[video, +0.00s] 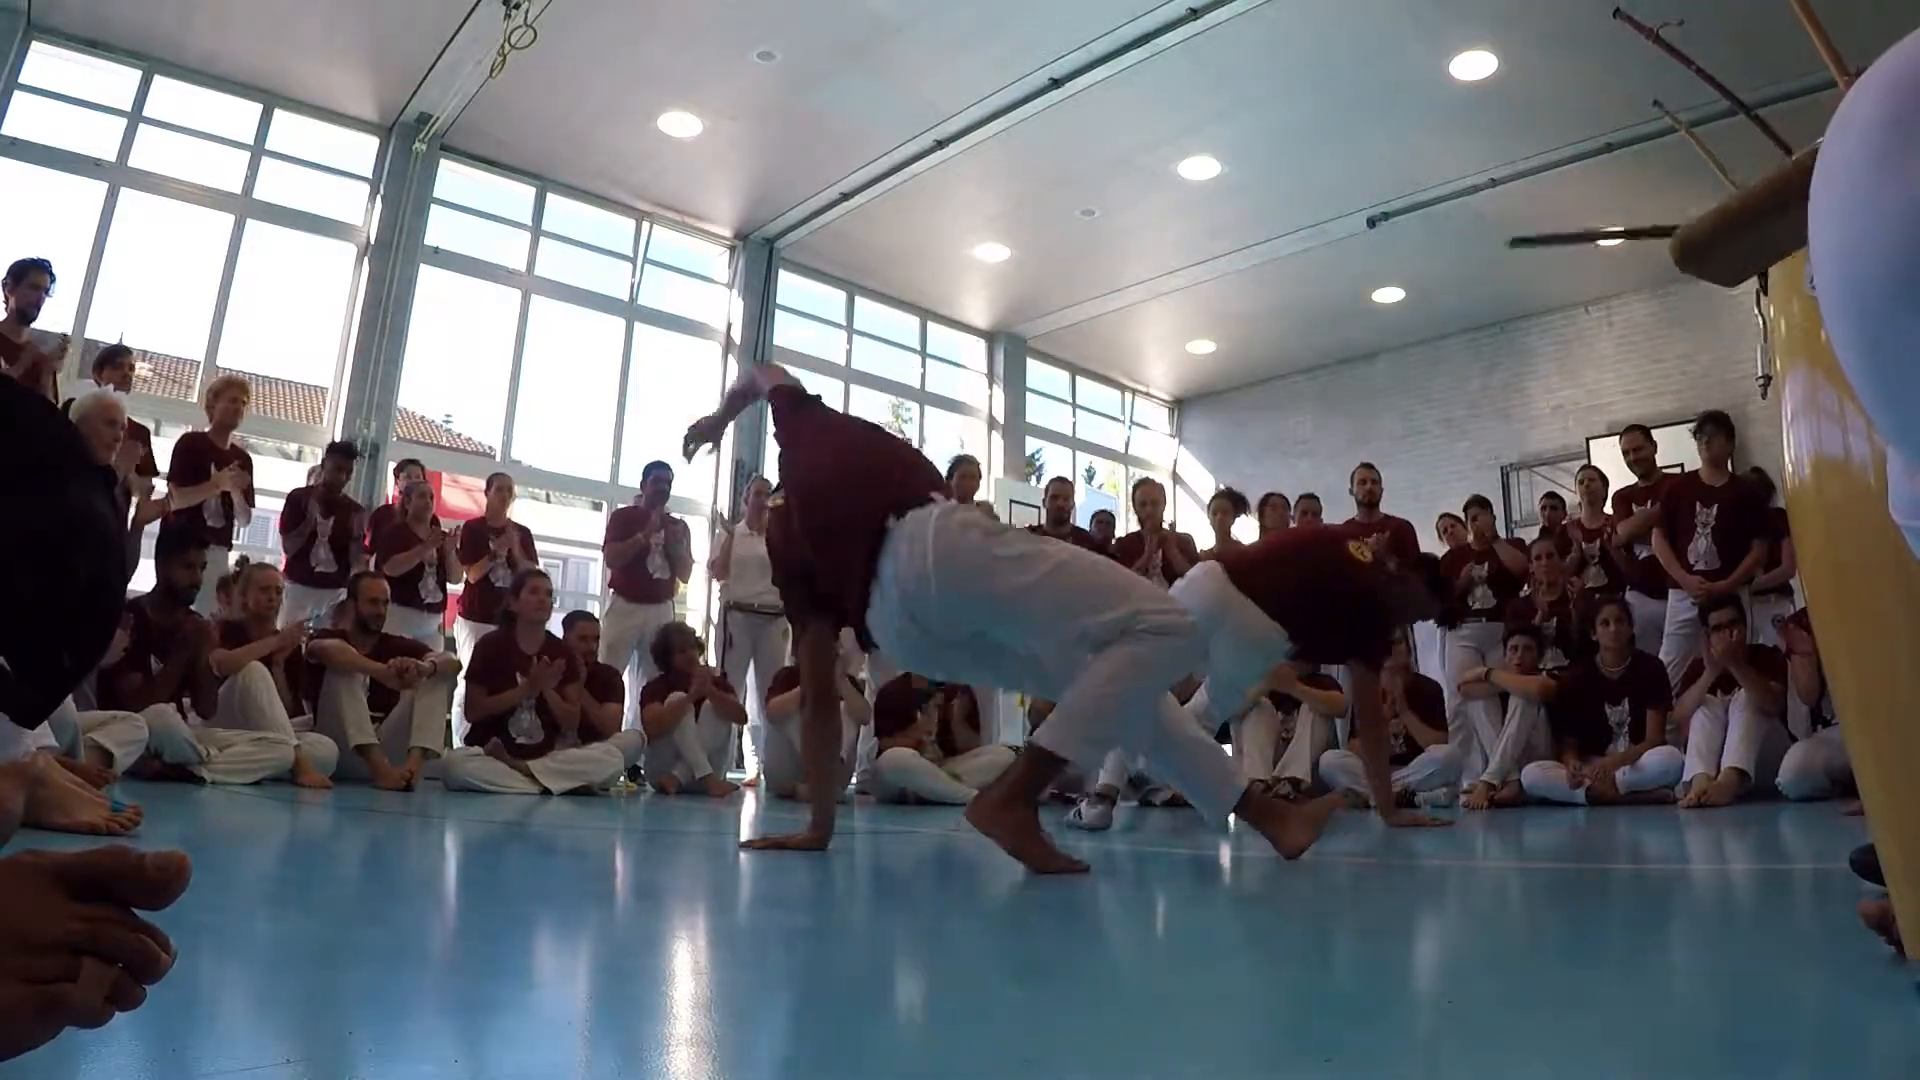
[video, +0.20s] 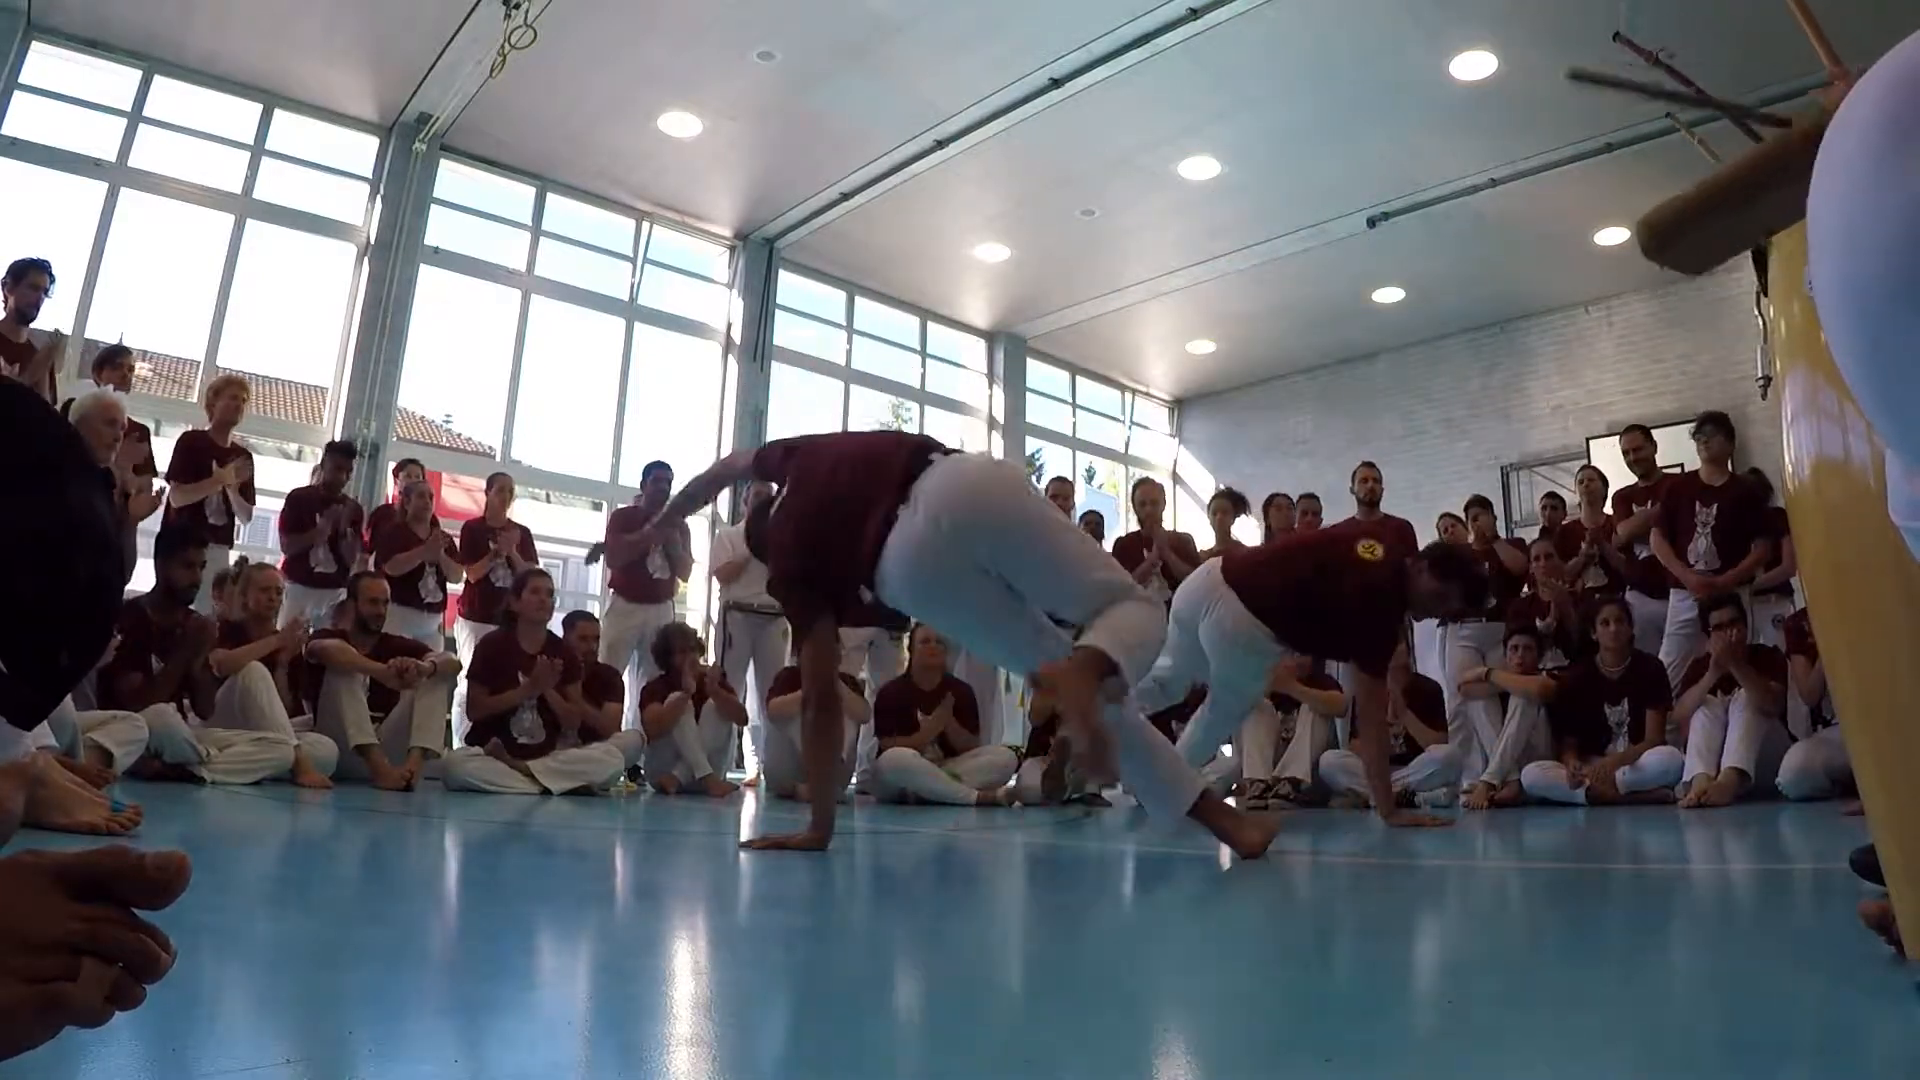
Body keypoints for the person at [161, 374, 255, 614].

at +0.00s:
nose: (239, 408)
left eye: (243, 403)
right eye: (232, 400)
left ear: (246, 410)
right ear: (211, 406)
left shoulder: (243, 458)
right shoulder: (189, 442)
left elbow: (245, 519)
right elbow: (176, 500)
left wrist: (236, 491)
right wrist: (217, 483)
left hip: (218, 550)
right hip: (180, 545)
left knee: (208, 621)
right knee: (171, 615)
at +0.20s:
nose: (239, 405)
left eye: (242, 401)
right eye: (232, 398)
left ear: (245, 409)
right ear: (212, 403)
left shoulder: (242, 456)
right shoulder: (190, 440)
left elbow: (246, 516)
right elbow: (176, 498)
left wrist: (232, 489)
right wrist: (218, 480)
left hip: (219, 547)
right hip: (181, 544)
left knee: (207, 618)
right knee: (172, 612)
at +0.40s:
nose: (240, 405)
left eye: (243, 401)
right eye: (233, 398)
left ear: (245, 408)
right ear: (212, 404)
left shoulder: (243, 456)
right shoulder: (190, 441)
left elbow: (246, 517)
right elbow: (175, 498)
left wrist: (243, 486)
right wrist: (217, 478)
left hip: (219, 549)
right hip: (180, 546)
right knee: (173, 616)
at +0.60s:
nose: (239, 406)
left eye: (243, 402)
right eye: (233, 399)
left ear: (245, 409)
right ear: (213, 403)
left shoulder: (242, 457)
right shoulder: (189, 442)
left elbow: (246, 517)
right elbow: (176, 500)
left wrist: (232, 490)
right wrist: (221, 479)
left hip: (220, 548)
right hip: (183, 544)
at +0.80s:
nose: (239, 405)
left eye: (242, 400)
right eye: (232, 398)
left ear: (244, 407)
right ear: (212, 401)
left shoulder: (243, 456)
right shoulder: (188, 441)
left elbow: (246, 517)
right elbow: (174, 497)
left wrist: (239, 483)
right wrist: (216, 476)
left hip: (219, 548)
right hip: (182, 544)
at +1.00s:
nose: (237, 406)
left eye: (241, 401)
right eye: (230, 399)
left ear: (243, 408)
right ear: (210, 402)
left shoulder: (241, 456)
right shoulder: (188, 441)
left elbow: (245, 516)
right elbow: (174, 499)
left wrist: (239, 482)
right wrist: (213, 478)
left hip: (219, 549)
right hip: (183, 545)